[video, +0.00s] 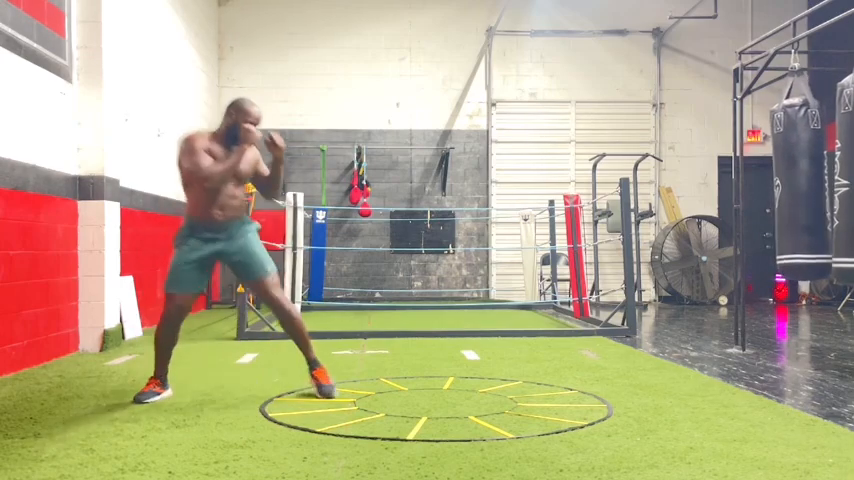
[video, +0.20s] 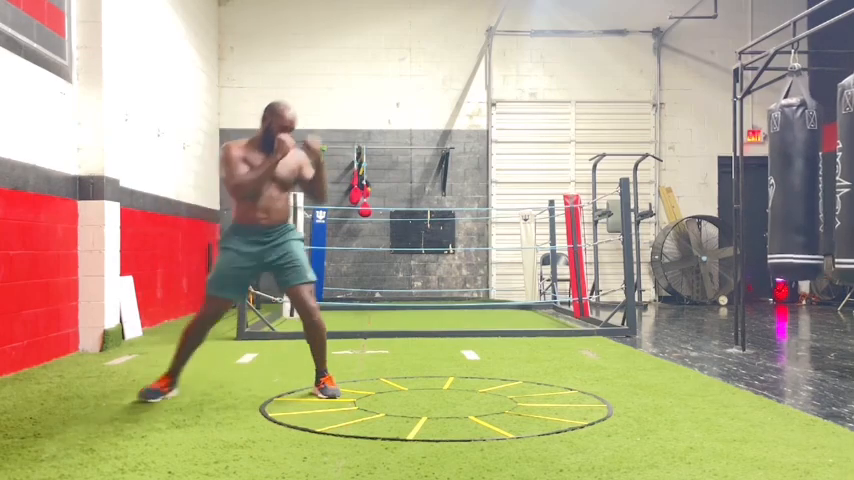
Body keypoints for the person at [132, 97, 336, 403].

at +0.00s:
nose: (252, 130)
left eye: (255, 125)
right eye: (249, 124)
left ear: (255, 126)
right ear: (231, 118)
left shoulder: (250, 153)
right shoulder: (196, 143)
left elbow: (272, 191)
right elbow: (208, 180)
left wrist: (279, 160)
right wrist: (242, 149)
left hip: (239, 234)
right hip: (196, 236)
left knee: (275, 297)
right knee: (175, 308)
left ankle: (315, 366)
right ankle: (159, 381)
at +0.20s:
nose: (286, 135)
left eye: (290, 130)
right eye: (281, 129)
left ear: (293, 129)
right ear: (265, 124)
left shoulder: (296, 157)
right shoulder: (235, 151)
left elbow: (319, 196)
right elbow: (240, 191)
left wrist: (319, 163)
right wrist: (275, 157)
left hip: (283, 238)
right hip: (242, 241)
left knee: (307, 304)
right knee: (211, 312)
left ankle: (323, 377)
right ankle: (171, 378)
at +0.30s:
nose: (300, 121)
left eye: (303, 116)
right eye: (296, 115)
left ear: (305, 116)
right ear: (279, 110)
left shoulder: (310, 143)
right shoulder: (249, 137)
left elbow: (336, 177)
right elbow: (252, 174)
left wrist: (329, 137)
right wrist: (286, 140)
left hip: (296, 227)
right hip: (255, 226)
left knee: (311, 297)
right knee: (230, 297)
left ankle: (324, 374)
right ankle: (216, 367)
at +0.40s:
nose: (307, 112)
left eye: (311, 108)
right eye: (303, 106)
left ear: (314, 109)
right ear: (287, 100)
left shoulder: (317, 136)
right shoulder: (257, 126)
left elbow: (344, 173)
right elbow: (258, 162)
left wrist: (339, 134)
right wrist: (294, 129)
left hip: (305, 217)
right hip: (264, 217)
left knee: (324, 287)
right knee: (251, 292)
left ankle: (335, 363)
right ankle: (256, 358)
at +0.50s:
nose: (313, 119)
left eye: (318, 115)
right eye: (310, 113)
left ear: (320, 116)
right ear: (294, 108)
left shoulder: (325, 144)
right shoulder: (265, 134)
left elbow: (349, 182)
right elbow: (266, 168)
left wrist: (348, 147)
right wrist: (301, 136)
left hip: (316, 224)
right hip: (276, 226)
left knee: (341, 289)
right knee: (264, 302)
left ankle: (367, 362)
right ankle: (265, 366)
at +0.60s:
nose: (321, 135)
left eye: (326, 130)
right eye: (317, 128)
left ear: (329, 132)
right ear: (302, 124)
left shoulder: (334, 158)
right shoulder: (275, 153)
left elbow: (357, 197)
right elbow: (279, 188)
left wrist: (358, 165)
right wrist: (310, 151)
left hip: (331, 238)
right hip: (291, 241)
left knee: (356, 302)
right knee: (266, 314)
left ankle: (387, 373)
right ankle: (265, 370)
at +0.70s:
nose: (328, 145)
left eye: (332, 140)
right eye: (324, 139)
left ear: (335, 140)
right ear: (308, 136)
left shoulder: (342, 167)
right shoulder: (280, 166)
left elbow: (366, 206)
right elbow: (284, 202)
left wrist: (362, 170)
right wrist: (315, 164)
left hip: (339, 243)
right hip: (299, 251)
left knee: (359, 305)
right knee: (271, 319)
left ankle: (388, 376)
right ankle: (269, 371)